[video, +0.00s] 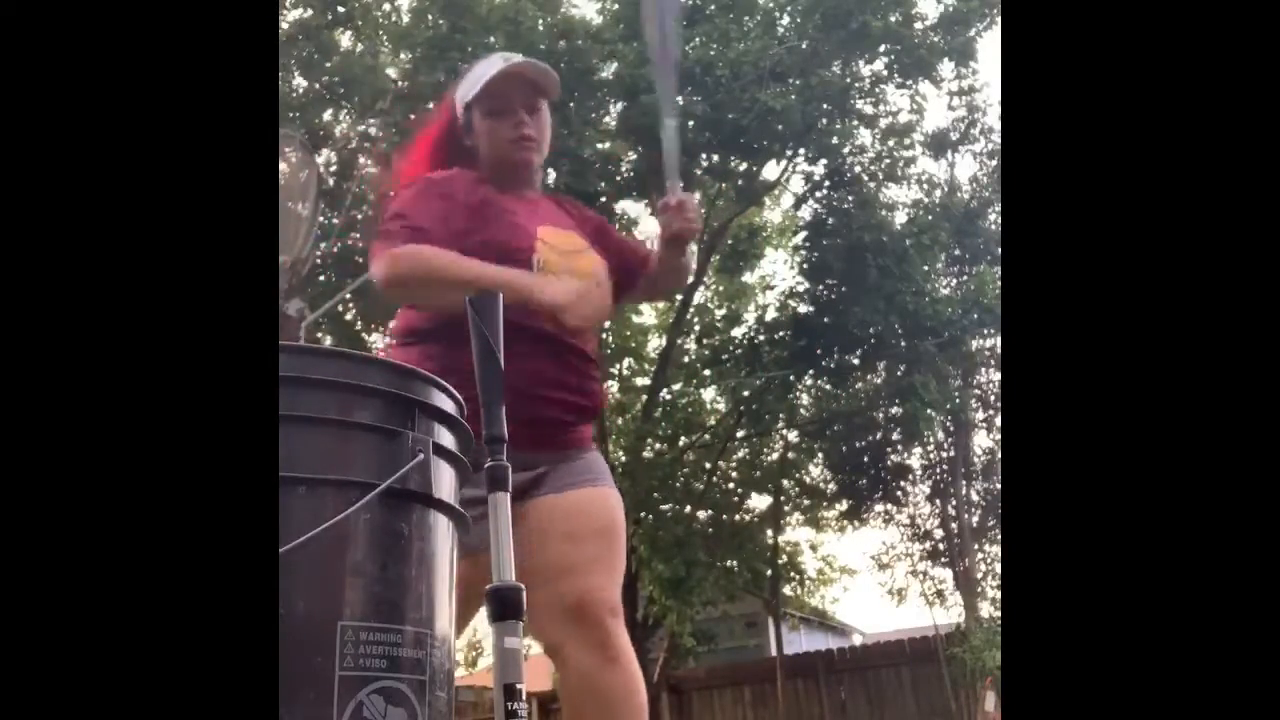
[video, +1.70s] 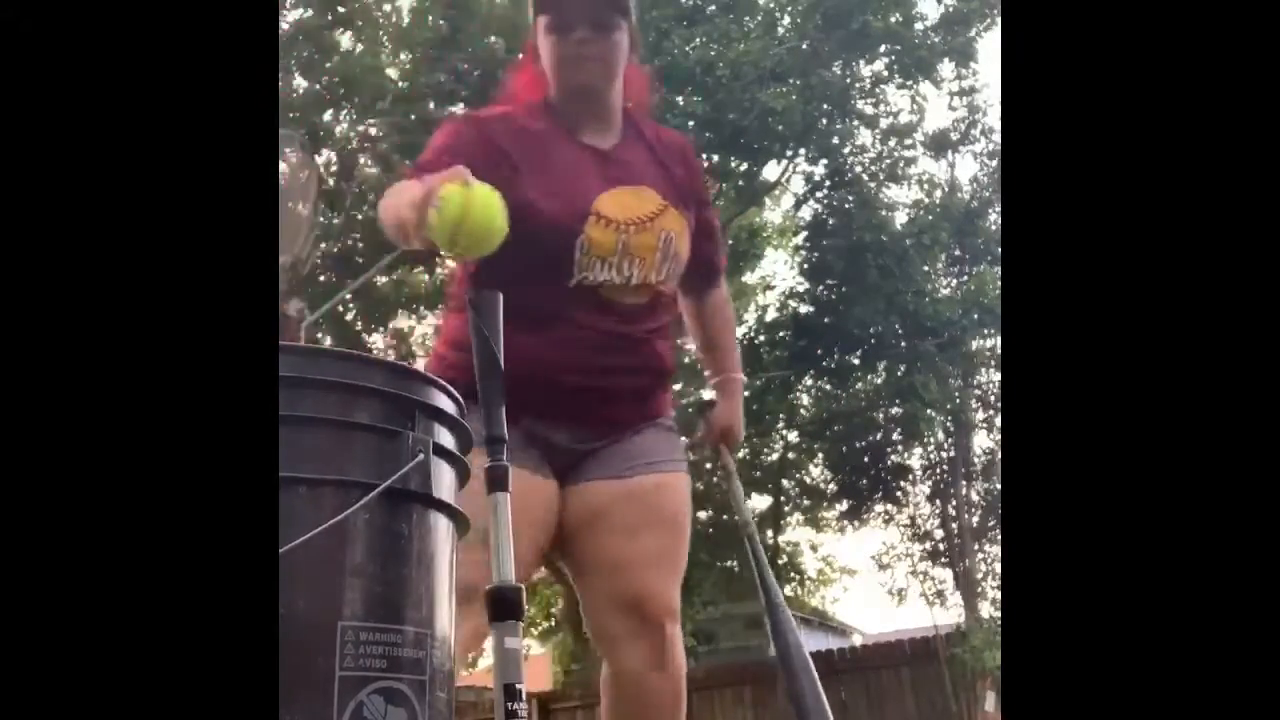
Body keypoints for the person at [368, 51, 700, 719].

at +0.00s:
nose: (525, 122)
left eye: (536, 110)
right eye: (503, 110)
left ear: (551, 126)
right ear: (468, 128)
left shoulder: (575, 217)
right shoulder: (440, 192)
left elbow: (657, 282)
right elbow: (393, 269)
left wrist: (676, 242)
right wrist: (538, 286)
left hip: (559, 450)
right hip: (442, 449)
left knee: (595, 630)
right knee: (404, 643)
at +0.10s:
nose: (545, 108)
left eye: (557, 93)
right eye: (523, 95)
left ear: (575, 109)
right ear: (490, 112)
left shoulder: (609, 206)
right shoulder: (452, 186)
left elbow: (675, 305)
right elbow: (367, 260)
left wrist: (695, 254)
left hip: (575, 448)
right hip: (455, 448)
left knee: (599, 632)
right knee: (421, 644)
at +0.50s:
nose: (491, 29)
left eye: (509, 11)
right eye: (470, 15)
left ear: (541, 21)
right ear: (445, 32)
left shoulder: (605, 142)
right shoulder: (396, 138)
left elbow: (642, 261)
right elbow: (311, 256)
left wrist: (687, 328)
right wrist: (315, 356)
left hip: (568, 432)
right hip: (433, 432)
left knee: (593, 639)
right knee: (397, 633)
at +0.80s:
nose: (384, 13)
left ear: (449, 8)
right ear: (328, 16)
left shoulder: (516, 98)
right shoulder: (309, 127)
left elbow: (561, 246)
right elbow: (285, 269)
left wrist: (583, 379)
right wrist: (294, 389)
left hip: (498, 399)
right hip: (362, 407)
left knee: (539, 611)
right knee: (364, 622)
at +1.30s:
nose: (465, 18)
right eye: (433, 3)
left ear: (513, 13)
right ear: (392, 28)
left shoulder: (555, 113)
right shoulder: (349, 143)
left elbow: (588, 248)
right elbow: (300, 244)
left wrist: (640, 358)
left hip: (518, 403)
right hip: (387, 412)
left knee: (589, 614)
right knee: (374, 634)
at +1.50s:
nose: (541, 27)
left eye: (556, 7)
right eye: (515, 10)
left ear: (581, 22)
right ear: (479, 30)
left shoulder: (625, 148)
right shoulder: (421, 133)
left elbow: (651, 273)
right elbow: (316, 256)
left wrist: (691, 375)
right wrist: (343, 214)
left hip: (578, 428)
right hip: (440, 425)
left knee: (632, 642)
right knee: (410, 646)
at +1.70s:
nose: (584, 42)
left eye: (603, 26)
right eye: (564, 27)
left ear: (630, 43)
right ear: (536, 45)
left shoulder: (671, 156)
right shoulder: (490, 136)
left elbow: (705, 281)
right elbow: (398, 208)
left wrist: (729, 389)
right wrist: (421, 205)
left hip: (632, 426)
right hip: (496, 417)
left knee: (650, 631)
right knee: (460, 607)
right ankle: (390, 707)